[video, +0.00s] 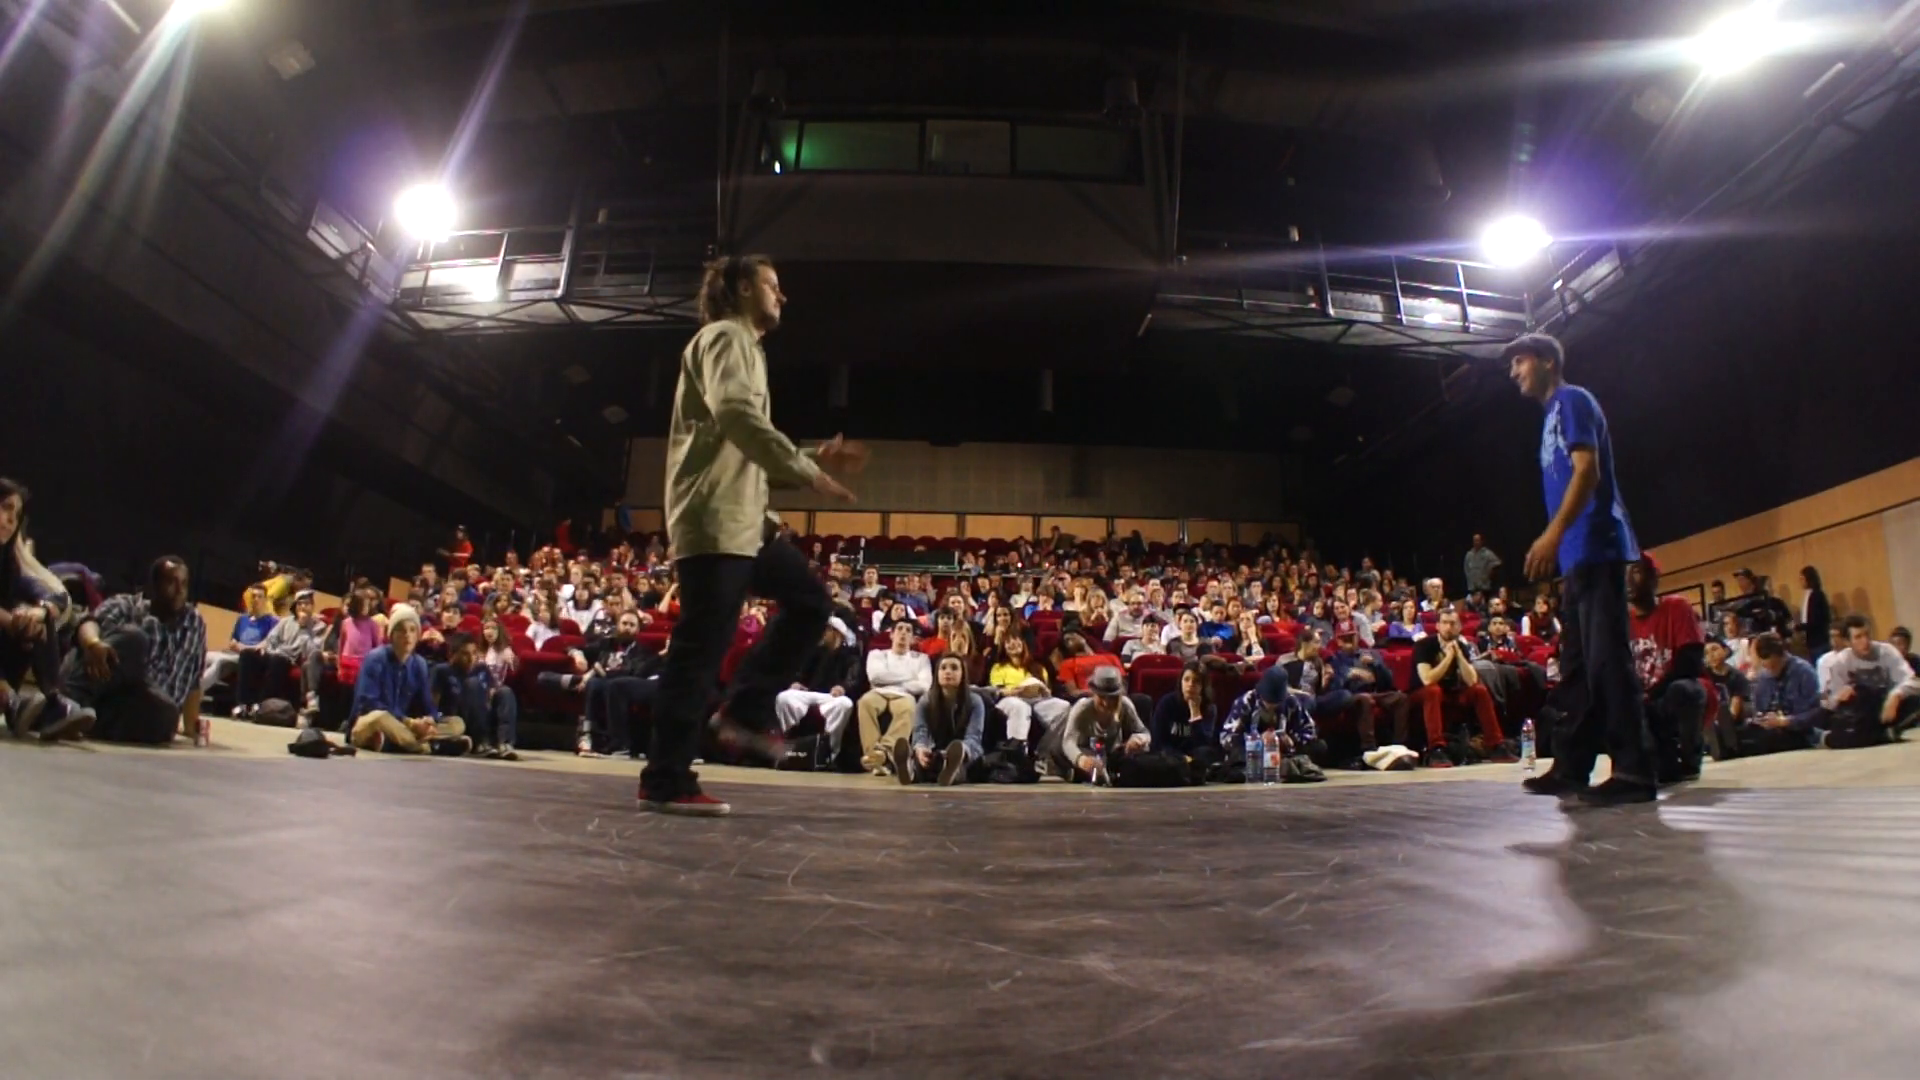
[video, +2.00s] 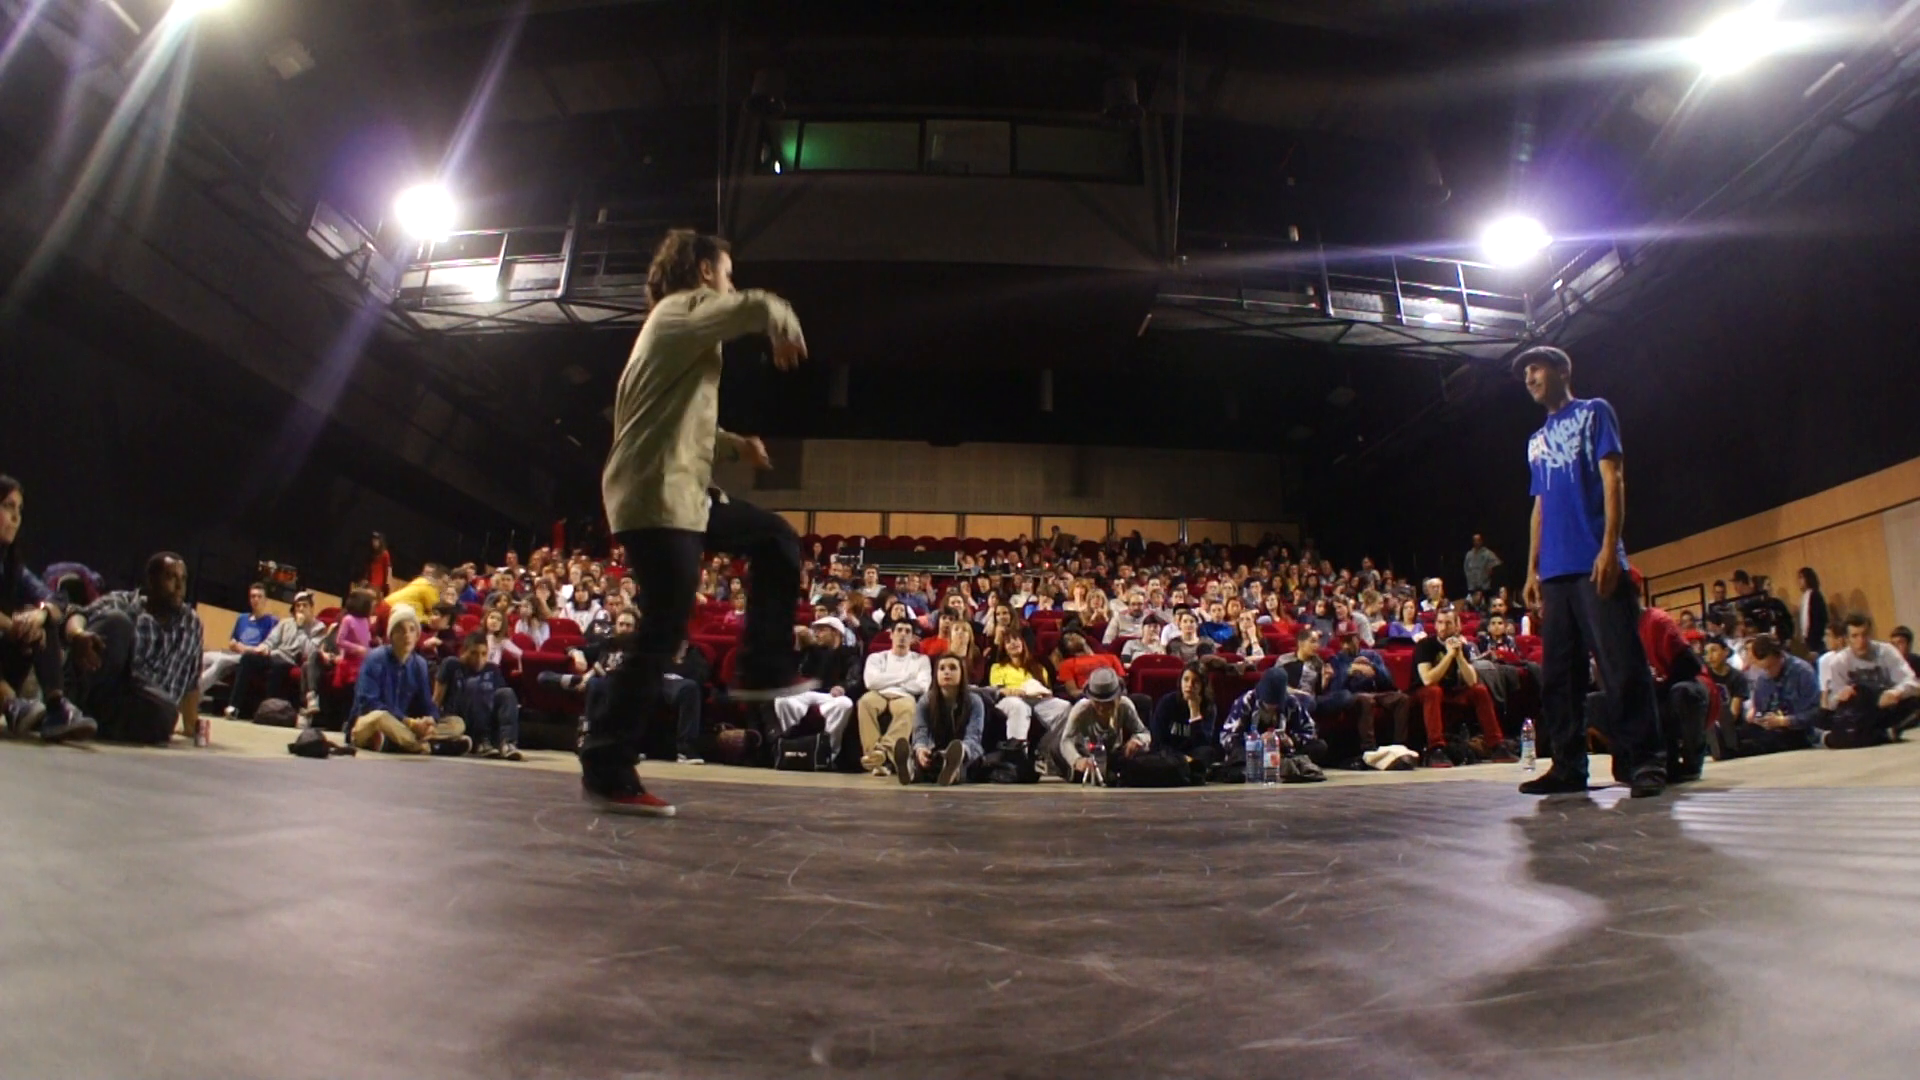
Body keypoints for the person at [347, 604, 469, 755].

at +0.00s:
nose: (407, 636)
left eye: (412, 630)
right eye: (401, 630)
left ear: (418, 634)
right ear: (391, 635)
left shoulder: (419, 664)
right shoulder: (375, 659)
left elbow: (427, 704)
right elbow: (367, 702)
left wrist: (430, 720)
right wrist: (407, 722)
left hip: (411, 725)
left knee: (457, 724)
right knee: (380, 717)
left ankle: (392, 743)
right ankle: (426, 748)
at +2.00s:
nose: (407, 636)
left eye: (412, 630)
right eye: (401, 631)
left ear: (417, 634)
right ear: (391, 636)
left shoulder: (420, 664)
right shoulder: (375, 658)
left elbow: (426, 703)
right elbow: (368, 703)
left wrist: (430, 720)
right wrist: (407, 722)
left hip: (412, 725)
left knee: (457, 723)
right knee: (380, 717)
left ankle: (394, 744)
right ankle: (426, 748)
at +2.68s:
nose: (407, 636)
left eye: (412, 630)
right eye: (401, 631)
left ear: (417, 635)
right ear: (391, 635)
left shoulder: (419, 664)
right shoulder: (376, 658)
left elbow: (426, 704)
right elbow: (367, 703)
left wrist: (430, 720)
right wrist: (406, 722)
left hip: (412, 725)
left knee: (457, 724)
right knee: (380, 717)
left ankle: (394, 744)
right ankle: (426, 748)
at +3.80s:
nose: (408, 637)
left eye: (412, 631)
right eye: (401, 631)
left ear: (418, 635)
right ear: (391, 635)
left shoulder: (420, 664)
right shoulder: (376, 658)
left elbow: (426, 705)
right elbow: (367, 703)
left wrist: (430, 720)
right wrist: (407, 722)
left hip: (411, 726)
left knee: (457, 724)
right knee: (380, 718)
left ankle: (393, 744)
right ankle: (426, 748)